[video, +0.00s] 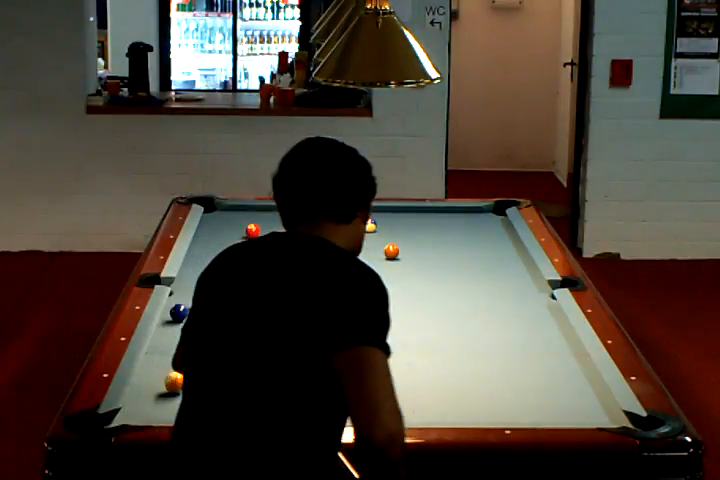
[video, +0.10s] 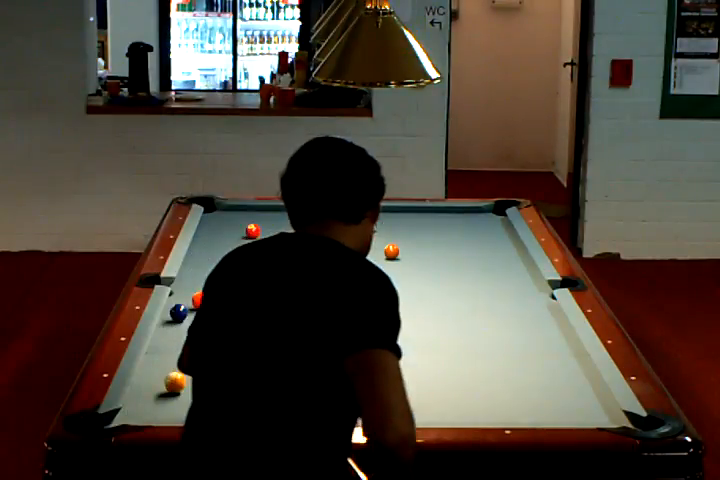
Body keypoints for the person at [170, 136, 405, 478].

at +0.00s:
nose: (366, 226)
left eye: (366, 213)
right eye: (367, 214)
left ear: (282, 205)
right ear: (361, 214)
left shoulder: (227, 263)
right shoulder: (354, 282)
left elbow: (184, 363)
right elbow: (381, 430)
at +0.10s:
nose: (373, 225)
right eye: (375, 213)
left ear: (290, 205)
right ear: (371, 212)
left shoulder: (236, 263)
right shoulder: (365, 283)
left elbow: (190, 362)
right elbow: (393, 432)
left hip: (209, 477)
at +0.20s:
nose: (382, 221)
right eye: (384, 211)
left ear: (298, 204)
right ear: (380, 212)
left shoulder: (246, 264)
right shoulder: (375, 284)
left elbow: (198, 360)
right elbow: (410, 435)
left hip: (224, 478)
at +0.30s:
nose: (395, 218)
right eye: (396, 208)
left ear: (311, 204)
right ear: (391, 209)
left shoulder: (260, 265)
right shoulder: (391, 283)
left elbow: (207, 363)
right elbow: (432, 434)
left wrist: (280, 379)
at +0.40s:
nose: (415, 217)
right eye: (416, 206)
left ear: (330, 207)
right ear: (411, 206)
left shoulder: (282, 268)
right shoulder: (415, 284)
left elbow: (223, 365)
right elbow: (463, 431)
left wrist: (297, 377)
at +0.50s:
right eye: (437, 205)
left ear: (355, 210)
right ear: (435, 210)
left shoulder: (311, 276)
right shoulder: (448, 290)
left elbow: (246, 372)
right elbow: (501, 428)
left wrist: (304, 354)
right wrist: (453, 472)